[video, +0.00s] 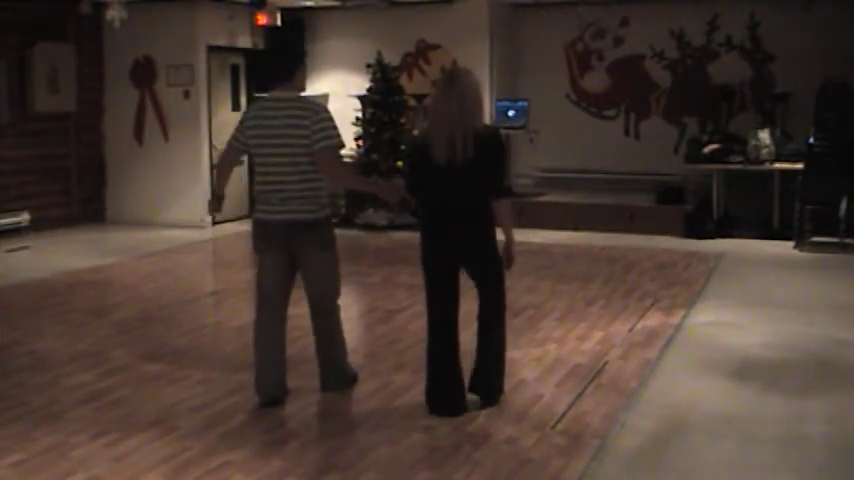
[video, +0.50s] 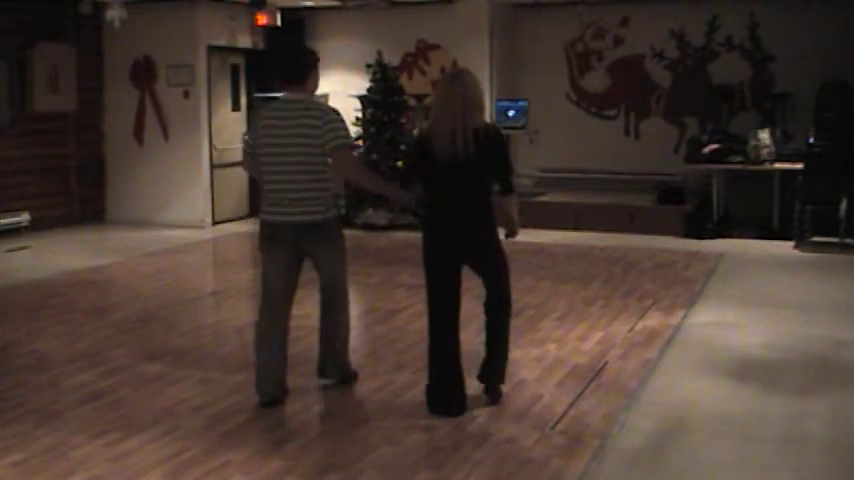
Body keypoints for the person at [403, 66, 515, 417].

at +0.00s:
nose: (477, 103)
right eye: (476, 97)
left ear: (437, 101)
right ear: (476, 101)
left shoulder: (422, 144)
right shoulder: (487, 140)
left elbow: (415, 195)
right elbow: (498, 196)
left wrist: (431, 221)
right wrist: (509, 238)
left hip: (436, 242)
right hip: (476, 240)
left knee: (441, 316)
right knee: (492, 299)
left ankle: (443, 397)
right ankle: (487, 384)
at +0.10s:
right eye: (475, 96)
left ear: (438, 101)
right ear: (477, 101)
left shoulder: (423, 144)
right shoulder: (488, 140)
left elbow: (414, 194)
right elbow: (498, 196)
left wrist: (431, 220)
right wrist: (509, 238)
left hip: (436, 242)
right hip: (476, 240)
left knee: (441, 316)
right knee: (492, 302)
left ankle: (444, 397)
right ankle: (487, 386)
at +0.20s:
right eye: (475, 97)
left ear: (437, 103)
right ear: (477, 101)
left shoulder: (423, 145)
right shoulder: (488, 140)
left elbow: (413, 195)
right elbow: (500, 196)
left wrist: (430, 220)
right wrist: (508, 235)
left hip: (436, 244)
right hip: (477, 242)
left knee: (440, 319)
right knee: (488, 315)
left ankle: (442, 396)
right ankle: (485, 390)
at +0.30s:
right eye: (476, 97)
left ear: (439, 102)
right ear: (477, 101)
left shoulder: (425, 143)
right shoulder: (489, 139)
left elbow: (412, 192)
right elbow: (502, 193)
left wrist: (430, 217)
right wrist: (510, 230)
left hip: (436, 242)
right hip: (477, 240)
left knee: (440, 317)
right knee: (491, 310)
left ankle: (443, 397)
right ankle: (486, 386)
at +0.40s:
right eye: (476, 96)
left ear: (439, 101)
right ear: (477, 100)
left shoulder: (425, 142)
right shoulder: (489, 138)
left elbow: (409, 191)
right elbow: (504, 193)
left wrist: (428, 214)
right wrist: (511, 226)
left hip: (437, 241)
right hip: (478, 240)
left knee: (442, 318)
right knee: (499, 294)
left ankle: (444, 397)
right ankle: (491, 373)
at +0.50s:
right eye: (477, 95)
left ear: (439, 100)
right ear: (478, 99)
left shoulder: (426, 141)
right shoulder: (489, 138)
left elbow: (412, 191)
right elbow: (505, 192)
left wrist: (428, 215)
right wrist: (511, 223)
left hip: (439, 239)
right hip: (479, 238)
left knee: (442, 317)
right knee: (499, 296)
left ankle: (445, 397)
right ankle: (493, 376)